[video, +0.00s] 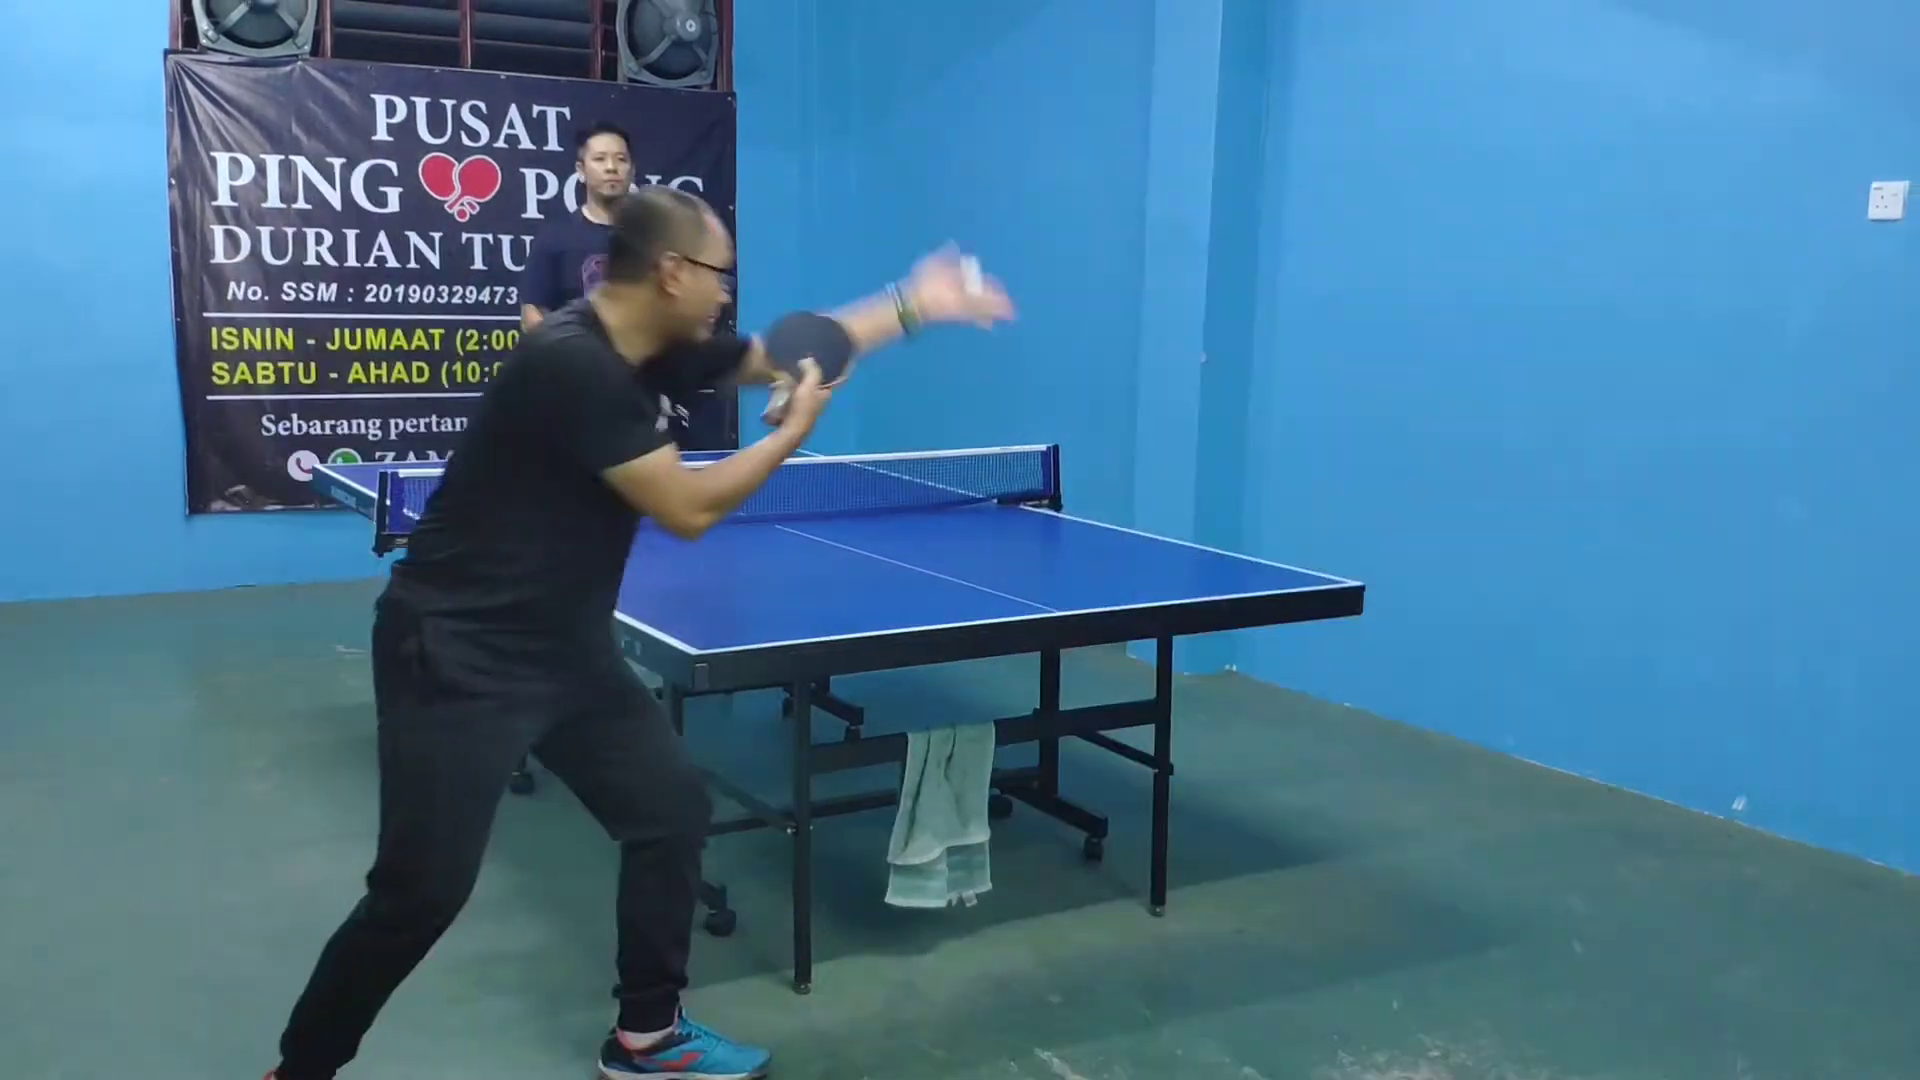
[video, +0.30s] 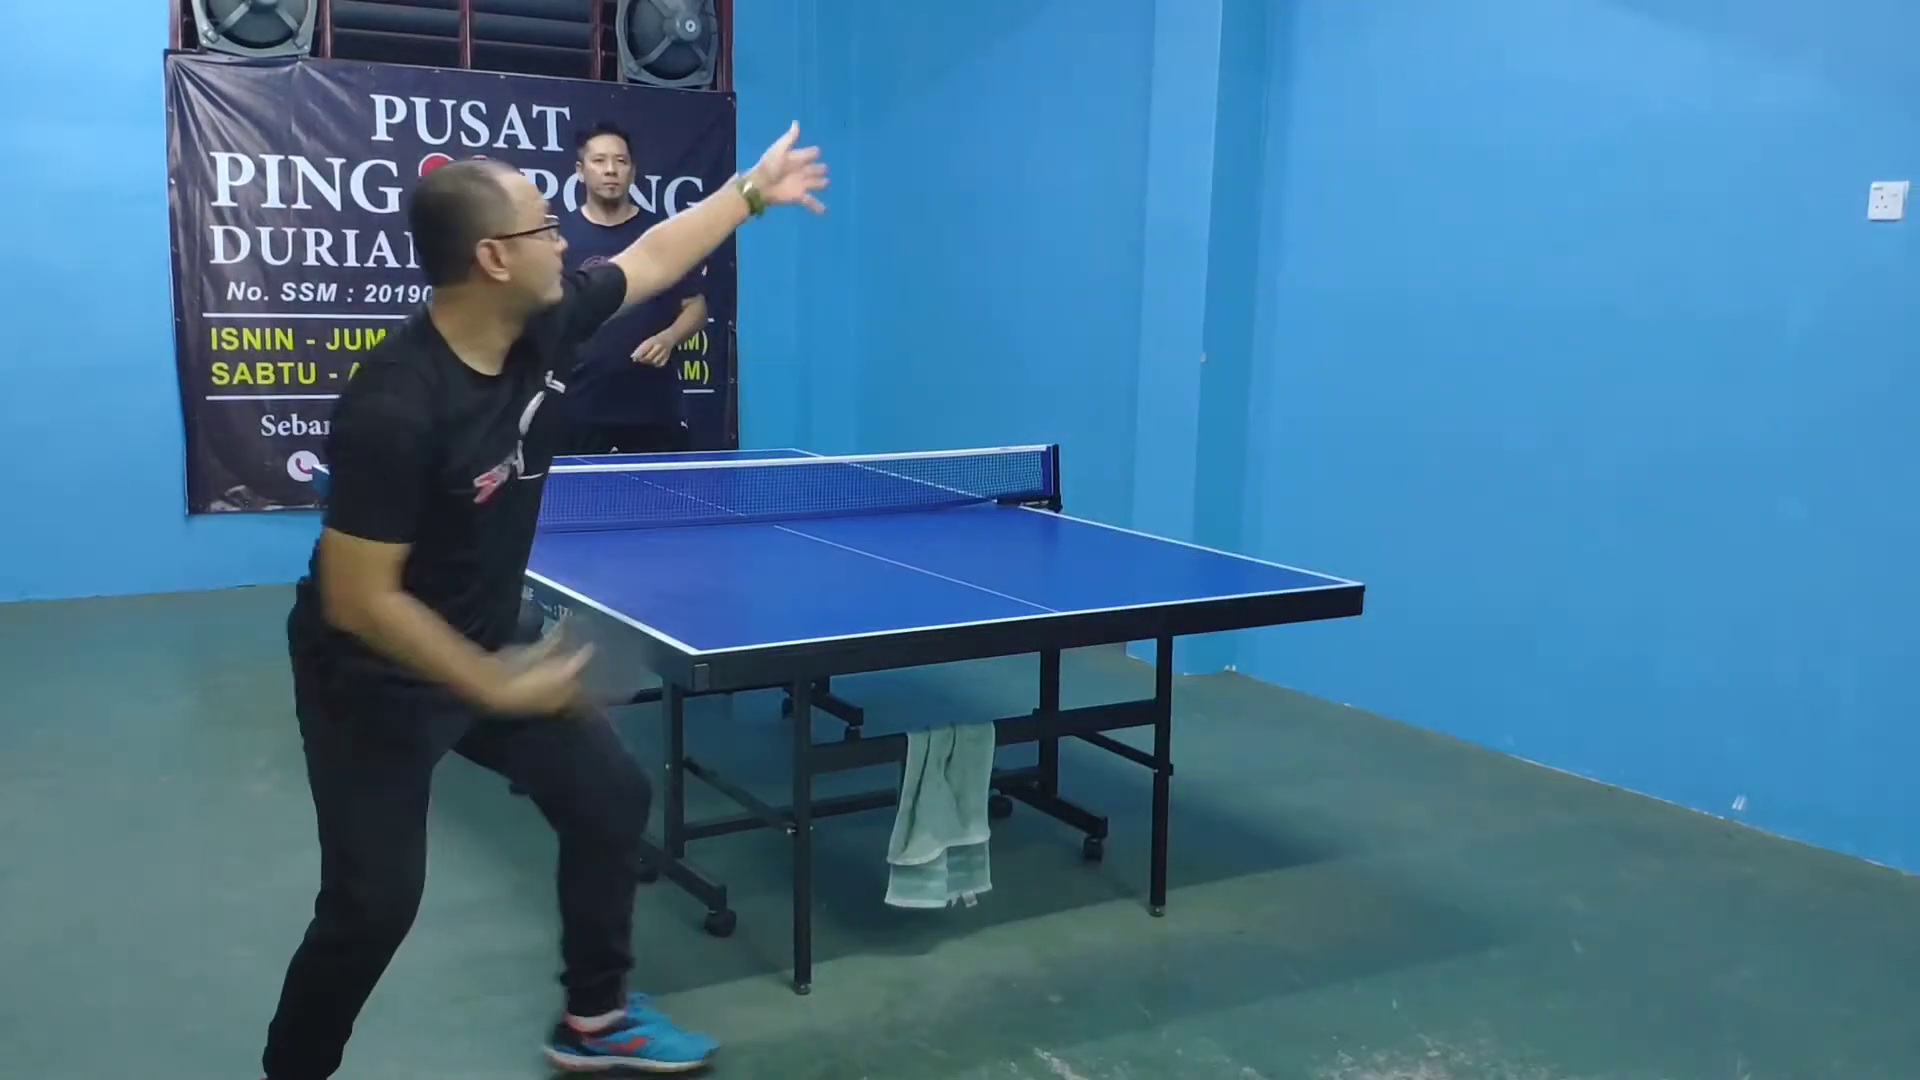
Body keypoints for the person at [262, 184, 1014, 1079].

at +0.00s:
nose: (727, 292)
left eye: (726, 273)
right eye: (720, 272)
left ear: (664, 271)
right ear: (669, 273)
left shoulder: (662, 350)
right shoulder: (568, 366)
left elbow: (780, 360)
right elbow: (686, 506)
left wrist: (910, 305)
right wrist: (791, 430)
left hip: (564, 648)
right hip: (452, 646)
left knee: (670, 810)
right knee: (423, 888)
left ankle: (646, 1034)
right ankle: (302, 1067)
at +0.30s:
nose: (562, 237)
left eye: (552, 220)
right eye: (543, 224)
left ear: (495, 257)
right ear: (494, 259)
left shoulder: (539, 326)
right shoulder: (393, 406)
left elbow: (652, 262)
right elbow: (356, 597)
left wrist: (750, 190)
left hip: (485, 646)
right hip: (368, 669)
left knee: (610, 792)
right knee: (374, 900)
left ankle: (596, 1015)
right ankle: (293, 1067)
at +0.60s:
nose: (625, 282)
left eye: (622, 263)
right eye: (610, 264)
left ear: (553, 278)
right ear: (550, 277)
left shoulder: (577, 369)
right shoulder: (416, 362)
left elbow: (635, 378)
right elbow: (260, 429)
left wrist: (669, 364)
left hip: (494, 660)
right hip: (379, 680)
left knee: (619, 775)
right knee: (398, 940)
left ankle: (464, 904)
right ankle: (298, 1070)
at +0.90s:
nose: (728, 426)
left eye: (734, 417)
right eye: (730, 410)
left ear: (666, 359)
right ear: (707, 383)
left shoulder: (572, 404)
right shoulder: (663, 391)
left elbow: (465, 525)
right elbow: (728, 525)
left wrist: (607, 630)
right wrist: (716, 631)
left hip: (545, 704)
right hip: (474, 708)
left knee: (646, 840)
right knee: (495, 987)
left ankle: (559, 1040)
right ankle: (274, 1065)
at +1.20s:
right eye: (858, 310)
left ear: (755, 311)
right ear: (855, 322)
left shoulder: (687, 377)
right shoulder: (869, 400)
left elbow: (547, 399)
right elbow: (955, 538)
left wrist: (410, 387)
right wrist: (906, 642)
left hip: (615, 687)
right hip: (728, 705)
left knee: (661, 874)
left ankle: (559, 1036)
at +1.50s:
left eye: (887, 195)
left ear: (887, 206)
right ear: (1000, 205)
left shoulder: (821, 312)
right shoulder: (1058, 317)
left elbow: (654, 412)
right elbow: (1174, 467)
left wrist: (614, 411)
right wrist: (1126, 563)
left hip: (860, 669)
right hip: (1009, 670)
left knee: (799, 892)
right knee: (1075, 904)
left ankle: (779, 1068)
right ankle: (1015, 1074)